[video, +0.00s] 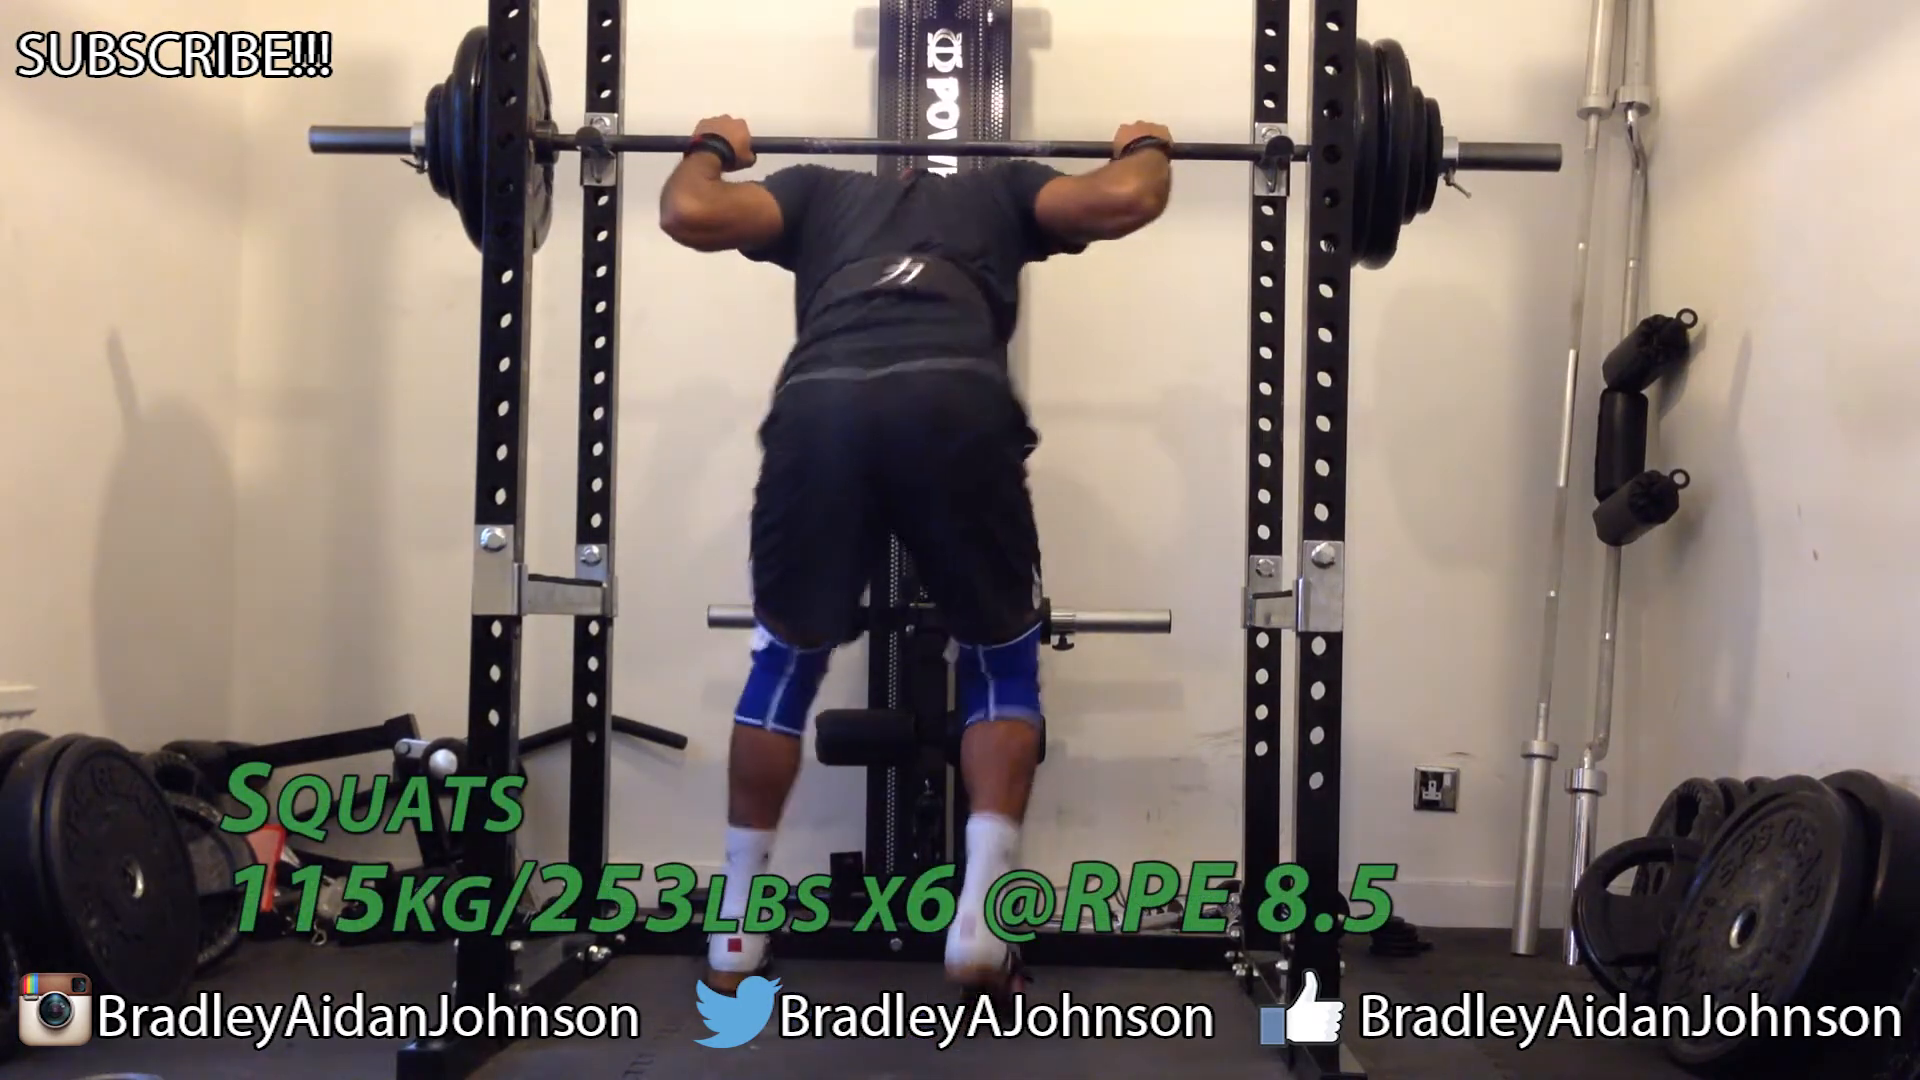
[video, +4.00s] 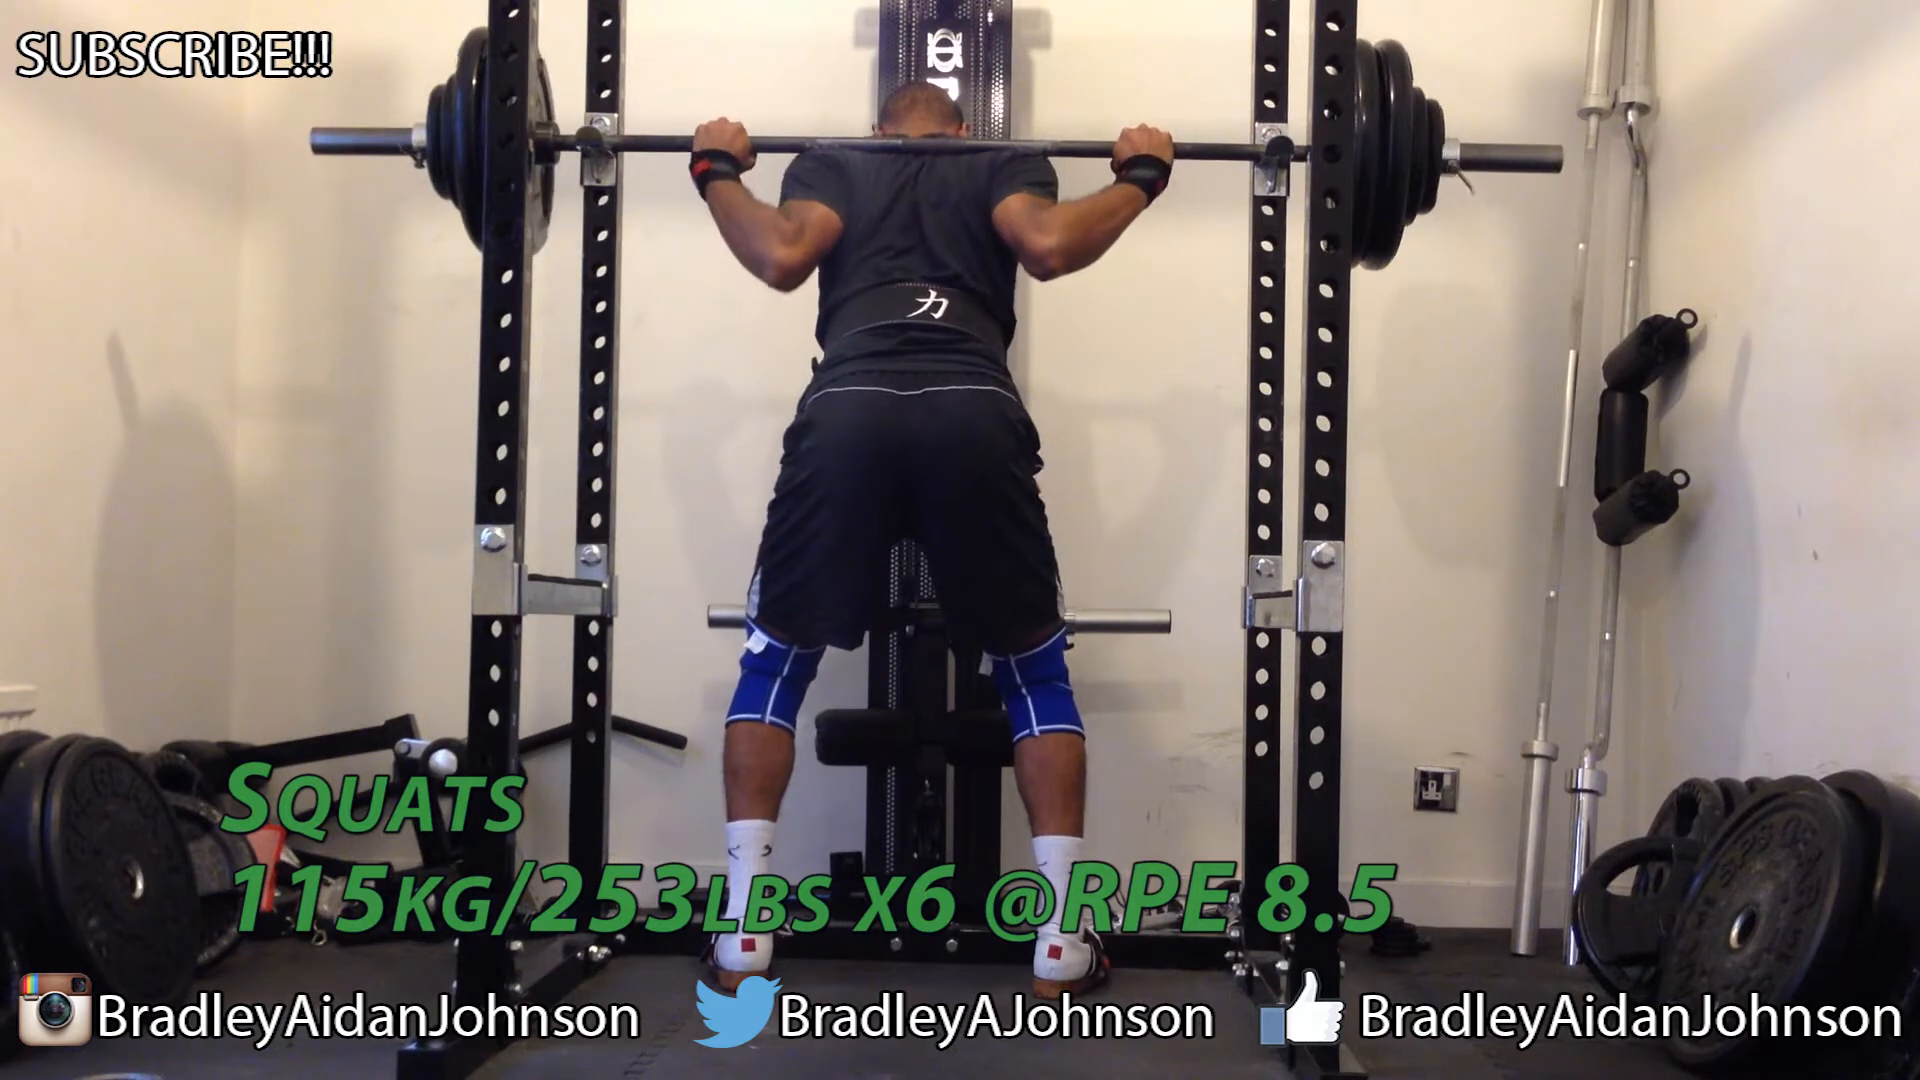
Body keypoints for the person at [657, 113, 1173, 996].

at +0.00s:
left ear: (883, 151)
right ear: (975, 151)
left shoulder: (821, 189)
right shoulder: (1006, 188)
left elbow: (687, 214)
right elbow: (1128, 198)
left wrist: (710, 146)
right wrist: (1149, 144)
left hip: (819, 414)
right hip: (956, 410)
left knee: (783, 660)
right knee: (1003, 662)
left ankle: (737, 923)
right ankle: (978, 920)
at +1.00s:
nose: (938, 163)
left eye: (919, 150)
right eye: (957, 152)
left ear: (888, 157)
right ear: (977, 158)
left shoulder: (839, 193)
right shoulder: (1010, 191)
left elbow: (738, 247)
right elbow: (1102, 246)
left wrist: (712, 163)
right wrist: (1147, 163)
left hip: (844, 454)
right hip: (976, 455)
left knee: (775, 673)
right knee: (1043, 684)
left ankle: (745, 915)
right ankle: (1057, 930)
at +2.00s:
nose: (907, 39)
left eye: (894, 30)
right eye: (959, 33)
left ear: (881, 56)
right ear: (973, 52)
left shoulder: (833, 151)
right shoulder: (1009, 151)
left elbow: (801, 286)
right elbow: (1041, 278)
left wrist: (726, 188)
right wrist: (1136, 192)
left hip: (840, 408)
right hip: (962, 408)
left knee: (791, 667)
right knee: (1029, 672)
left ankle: (749, 914)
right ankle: (1058, 922)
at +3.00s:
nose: (918, 76)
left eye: (895, 62)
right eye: (954, 66)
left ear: (879, 79)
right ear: (971, 81)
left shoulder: (833, 165)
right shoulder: (1008, 163)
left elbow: (785, 269)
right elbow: (1046, 266)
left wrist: (721, 183)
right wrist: (1136, 191)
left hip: (841, 411)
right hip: (970, 412)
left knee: (781, 666)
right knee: (1033, 675)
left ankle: (745, 920)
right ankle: (1059, 929)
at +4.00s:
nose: (939, 127)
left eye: (917, 119)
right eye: (951, 118)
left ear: (878, 126)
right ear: (965, 126)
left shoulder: (835, 161)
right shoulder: (999, 162)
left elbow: (781, 259)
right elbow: (1048, 248)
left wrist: (720, 174)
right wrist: (1137, 183)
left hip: (847, 412)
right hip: (973, 409)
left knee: (776, 658)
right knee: (1032, 668)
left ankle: (744, 916)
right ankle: (1062, 926)